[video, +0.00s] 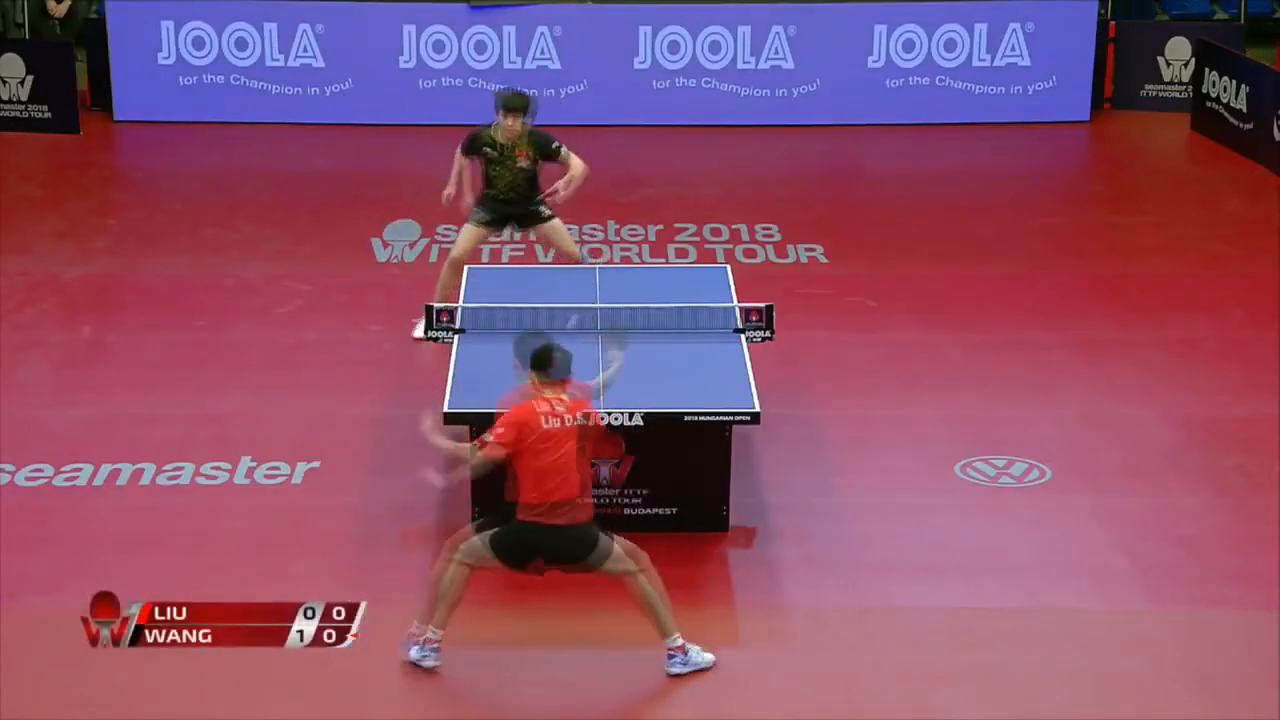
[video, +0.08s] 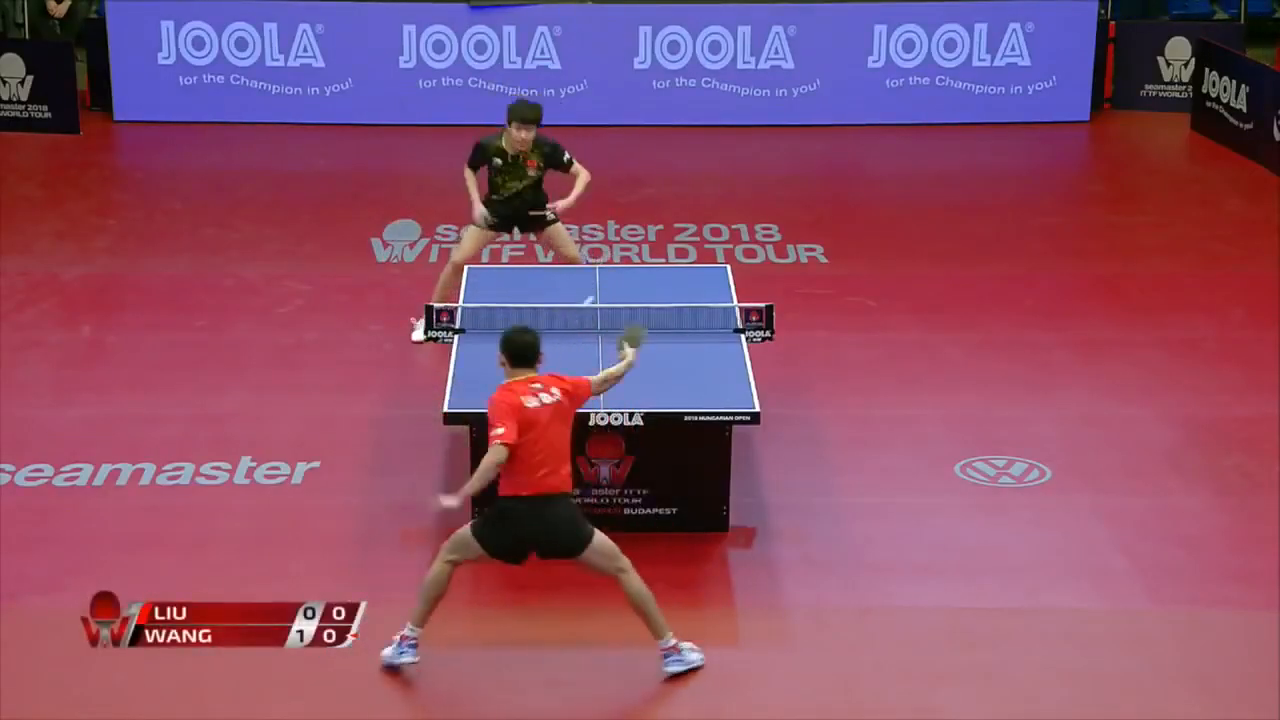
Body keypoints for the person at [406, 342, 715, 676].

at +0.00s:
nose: (529, 376)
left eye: (530, 371)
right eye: (561, 375)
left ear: (532, 375)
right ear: (567, 376)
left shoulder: (522, 415)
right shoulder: (583, 411)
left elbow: (476, 460)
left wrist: (437, 439)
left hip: (530, 532)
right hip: (578, 534)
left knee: (462, 556)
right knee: (635, 566)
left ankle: (429, 644)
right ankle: (678, 649)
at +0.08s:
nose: (498, 360)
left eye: (499, 355)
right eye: (504, 354)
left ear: (504, 359)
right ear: (538, 358)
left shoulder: (504, 398)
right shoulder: (561, 387)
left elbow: (499, 454)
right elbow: (602, 381)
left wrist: (461, 495)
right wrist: (627, 362)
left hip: (514, 517)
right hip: (561, 515)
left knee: (449, 555)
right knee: (622, 569)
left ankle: (407, 642)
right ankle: (671, 648)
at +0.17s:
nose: (483, 361)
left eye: (485, 356)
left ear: (489, 361)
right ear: (523, 356)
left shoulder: (485, 406)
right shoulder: (552, 388)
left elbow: (486, 461)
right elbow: (599, 387)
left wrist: (453, 503)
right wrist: (632, 364)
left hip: (500, 518)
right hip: (549, 515)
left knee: (446, 572)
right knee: (614, 565)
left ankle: (403, 656)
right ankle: (632, 657)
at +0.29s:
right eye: (512, 358)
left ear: (478, 364)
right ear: (516, 363)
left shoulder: (461, 410)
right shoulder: (538, 404)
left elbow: (422, 461)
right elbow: (593, 415)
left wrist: (416, 446)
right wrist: (619, 385)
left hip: (479, 527)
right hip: (532, 527)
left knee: (424, 573)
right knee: (592, 576)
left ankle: (398, 664)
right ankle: (623, 667)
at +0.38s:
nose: (518, 360)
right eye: (520, 356)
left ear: (482, 363)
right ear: (520, 363)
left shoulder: (461, 407)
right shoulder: (538, 406)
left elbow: (424, 457)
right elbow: (594, 426)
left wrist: (418, 444)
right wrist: (612, 388)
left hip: (474, 525)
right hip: (527, 526)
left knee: (417, 569)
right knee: (588, 577)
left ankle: (392, 659)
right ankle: (624, 669)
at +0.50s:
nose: (530, 385)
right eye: (531, 380)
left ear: (491, 381)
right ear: (527, 385)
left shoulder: (463, 418)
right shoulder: (541, 425)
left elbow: (430, 469)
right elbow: (584, 470)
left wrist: (456, 490)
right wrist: (580, 442)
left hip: (461, 538)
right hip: (511, 543)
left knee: (409, 583)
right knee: (582, 584)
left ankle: (357, 661)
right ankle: (604, 680)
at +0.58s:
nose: (537, 404)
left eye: (530, 398)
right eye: (536, 400)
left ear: (496, 400)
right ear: (531, 406)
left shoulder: (467, 435)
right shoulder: (536, 452)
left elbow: (439, 481)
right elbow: (557, 514)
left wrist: (476, 494)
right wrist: (575, 513)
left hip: (451, 555)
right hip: (504, 562)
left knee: (405, 595)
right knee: (572, 588)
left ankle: (350, 666)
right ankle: (605, 680)